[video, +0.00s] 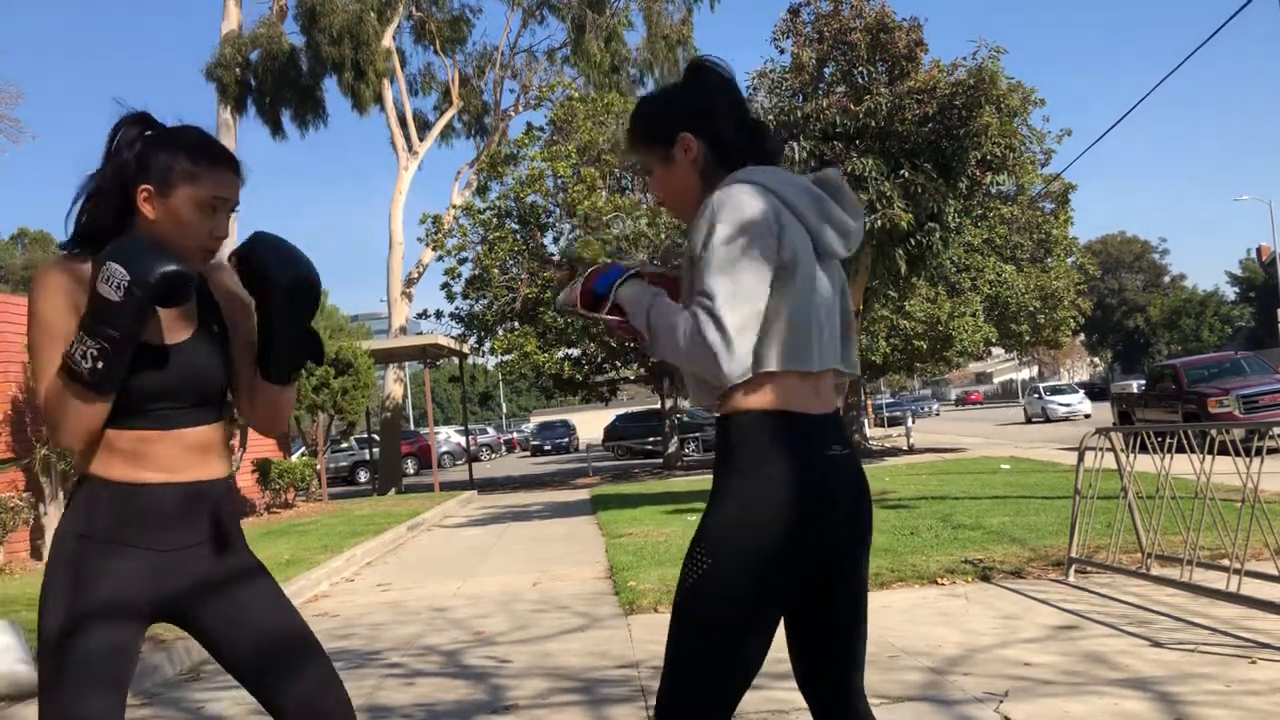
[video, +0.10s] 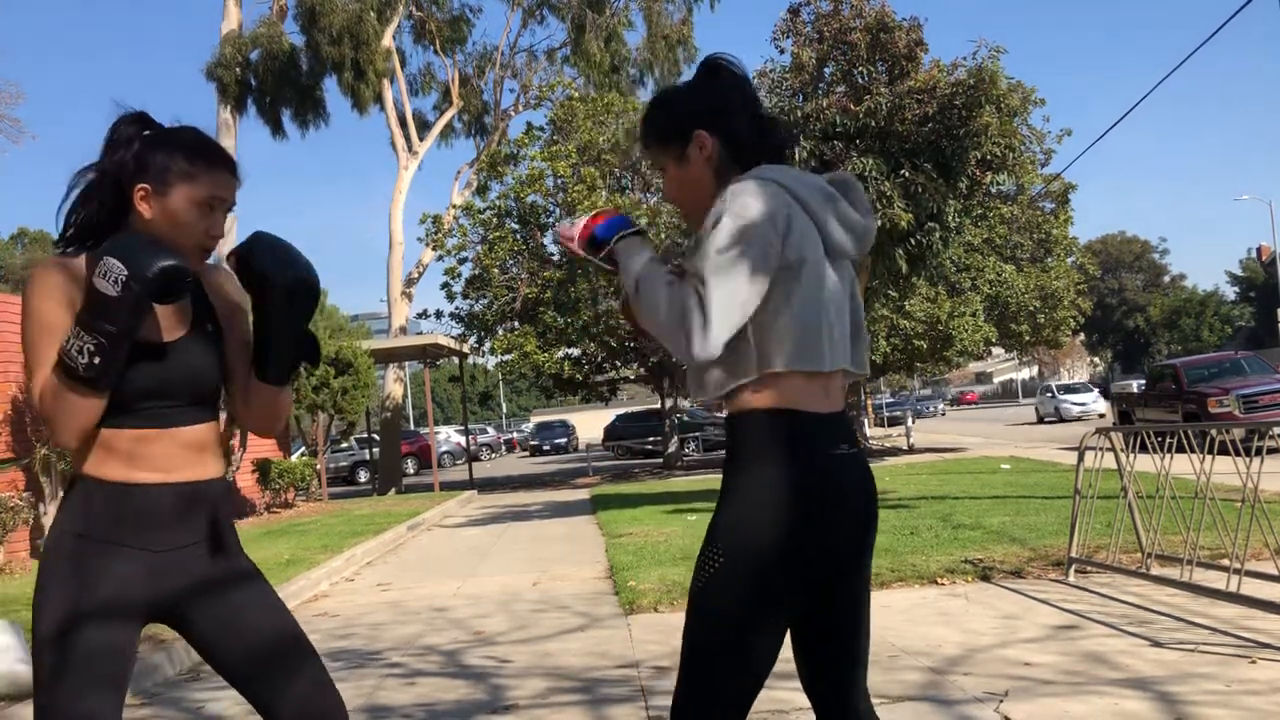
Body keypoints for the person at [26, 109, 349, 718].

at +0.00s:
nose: (225, 228)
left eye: (231, 211)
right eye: (213, 208)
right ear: (148, 201)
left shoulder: (224, 290)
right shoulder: (66, 282)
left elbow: (272, 420)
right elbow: (68, 434)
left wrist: (287, 317)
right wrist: (112, 323)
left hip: (215, 539)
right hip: (108, 541)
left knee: (326, 706)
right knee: (78, 709)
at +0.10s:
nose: (222, 227)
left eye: (228, 211)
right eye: (210, 207)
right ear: (145, 199)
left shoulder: (218, 287)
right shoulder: (59, 281)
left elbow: (266, 419)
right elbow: (65, 430)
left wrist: (284, 318)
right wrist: (107, 321)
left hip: (208, 540)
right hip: (101, 541)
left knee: (318, 708)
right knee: (75, 710)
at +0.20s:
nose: (218, 227)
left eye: (223, 212)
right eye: (205, 207)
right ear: (142, 199)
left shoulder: (212, 289)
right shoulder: (54, 280)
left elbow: (257, 419)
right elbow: (59, 430)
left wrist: (280, 316)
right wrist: (103, 319)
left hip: (202, 541)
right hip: (94, 543)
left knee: (313, 708)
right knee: (70, 710)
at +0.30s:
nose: (213, 232)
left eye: (217, 215)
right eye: (200, 212)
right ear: (136, 204)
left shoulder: (208, 295)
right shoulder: (49, 282)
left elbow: (249, 426)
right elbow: (57, 432)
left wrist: (284, 333)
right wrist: (102, 317)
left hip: (199, 545)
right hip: (90, 546)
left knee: (315, 708)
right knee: (70, 709)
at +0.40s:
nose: (211, 226)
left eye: (214, 209)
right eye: (197, 206)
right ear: (133, 202)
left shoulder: (210, 297)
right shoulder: (50, 282)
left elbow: (256, 424)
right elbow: (45, 436)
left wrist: (285, 331)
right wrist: (99, 321)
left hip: (205, 541)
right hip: (96, 544)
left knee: (320, 707)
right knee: (78, 709)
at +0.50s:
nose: (213, 215)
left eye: (216, 198)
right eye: (200, 196)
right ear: (134, 193)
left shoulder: (214, 282)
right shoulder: (56, 279)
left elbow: (291, 389)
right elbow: (47, 429)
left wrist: (297, 310)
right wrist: (94, 319)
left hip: (215, 531)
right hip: (107, 536)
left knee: (318, 707)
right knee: (84, 711)